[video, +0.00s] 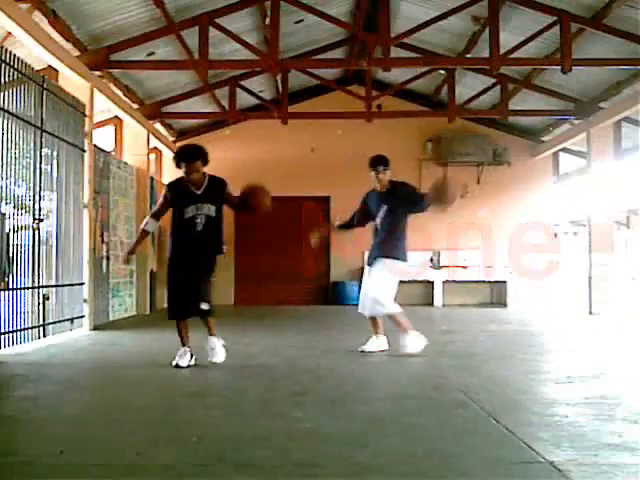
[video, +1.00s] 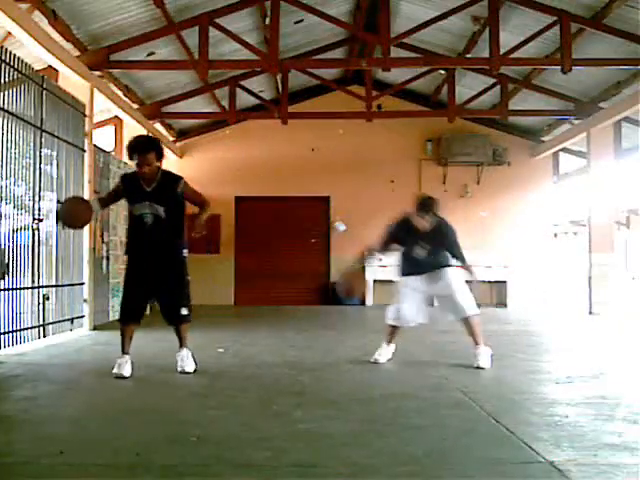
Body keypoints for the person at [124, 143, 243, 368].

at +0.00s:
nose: (191, 176)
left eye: (195, 171)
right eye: (187, 172)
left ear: (204, 168)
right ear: (182, 169)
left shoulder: (218, 186)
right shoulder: (175, 189)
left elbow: (237, 205)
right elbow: (155, 218)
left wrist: (254, 200)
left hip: (206, 252)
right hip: (180, 252)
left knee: (202, 300)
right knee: (178, 302)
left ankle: (214, 339)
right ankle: (185, 348)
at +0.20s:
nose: (182, 176)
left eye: (186, 171)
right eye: (178, 171)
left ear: (197, 166)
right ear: (175, 168)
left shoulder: (211, 185)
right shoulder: (167, 186)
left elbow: (231, 210)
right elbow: (151, 215)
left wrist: (242, 197)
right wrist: (140, 243)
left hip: (199, 251)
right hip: (173, 250)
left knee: (191, 298)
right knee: (174, 301)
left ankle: (194, 345)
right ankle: (185, 347)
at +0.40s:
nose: (181, 175)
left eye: (185, 171)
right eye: (177, 170)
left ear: (195, 167)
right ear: (173, 167)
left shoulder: (205, 190)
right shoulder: (161, 187)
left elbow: (208, 224)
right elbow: (152, 226)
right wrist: (155, 258)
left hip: (196, 253)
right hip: (169, 255)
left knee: (194, 302)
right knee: (174, 303)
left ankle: (189, 350)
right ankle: (183, 347)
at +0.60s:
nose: (178, 178)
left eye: (182, 173)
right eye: (174, 173)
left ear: (190, 169)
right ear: (168, 168)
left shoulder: (197, 191)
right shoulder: (155, 188)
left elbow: (196, 230)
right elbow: (148, 224)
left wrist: (178, 262)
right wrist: (150, 258)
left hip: (192, 250)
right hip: (166, 249)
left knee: (192, 301)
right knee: (170, 300)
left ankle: (189, 351)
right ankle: (175, 341)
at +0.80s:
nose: (160, 171)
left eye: (165, 166)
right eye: (157, 166)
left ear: (176, 164)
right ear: (152, 164)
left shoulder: (190, 187)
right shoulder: (146, 184)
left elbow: (210, 218)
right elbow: (131, 208)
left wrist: (185, 235)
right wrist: (124, 212)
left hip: (185, 254)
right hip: (156, 253)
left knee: (187, 306)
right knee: (143, 304)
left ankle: (187, 353)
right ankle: (136, 354)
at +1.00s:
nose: (142, 169)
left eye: (147, 164)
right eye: (138, 164)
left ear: (159, 161)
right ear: (134, 162)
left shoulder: (174, 184)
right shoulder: (128, 183)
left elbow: (204, 203)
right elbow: (103, 202)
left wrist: (199, 221)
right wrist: (81, 207)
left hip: (170, 258)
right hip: (139, 258)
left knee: (178, 308)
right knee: (130, 309)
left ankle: (184, 351)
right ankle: (125, 357)